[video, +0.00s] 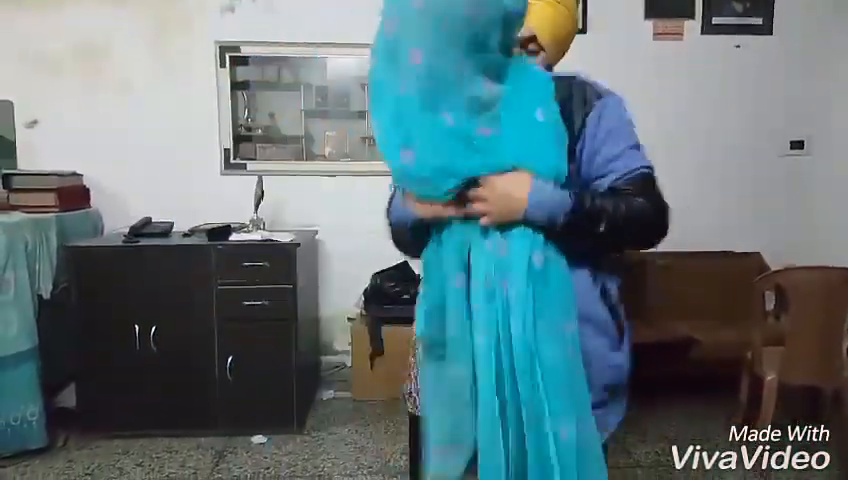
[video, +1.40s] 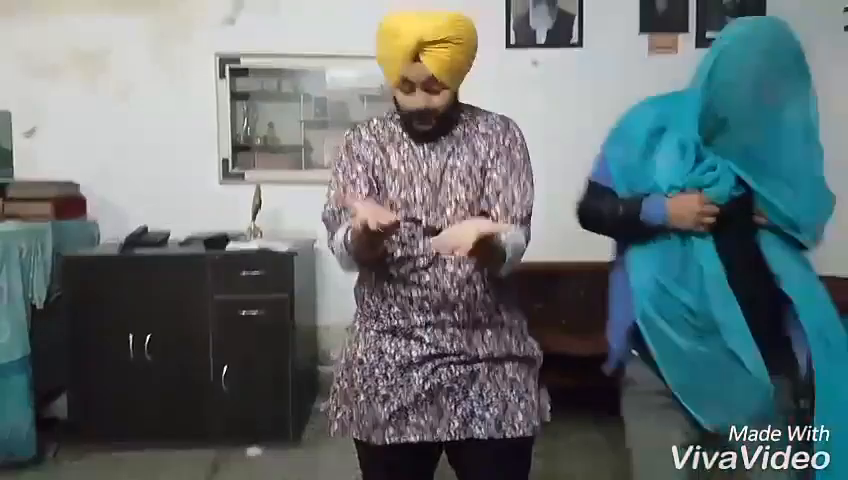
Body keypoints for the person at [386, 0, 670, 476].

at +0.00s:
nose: (517, 48)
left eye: (531, 39)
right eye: (504, 36)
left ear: (563, 35)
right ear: (480, 35)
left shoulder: (588, 105)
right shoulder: (451, 106)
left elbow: (646, 214)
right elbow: (406, 236)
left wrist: (536, 201)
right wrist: (414, 209)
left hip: (568, 366)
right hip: (461, 369)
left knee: (563, 466)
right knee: (460, 468)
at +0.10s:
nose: (530, 31)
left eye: (546, 18)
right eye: (517, 17)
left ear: (565, 23)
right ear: (489, 20)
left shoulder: (597, 104)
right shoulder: (459, 101)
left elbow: (661, 218)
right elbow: (416, 227)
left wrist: (552, 192)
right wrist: (423, 189)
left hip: (568, 358)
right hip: (453, 355)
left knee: (564, 468)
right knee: (433, 470)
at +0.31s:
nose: (474, 43)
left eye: (487, 30)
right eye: (464, 30)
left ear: (511, 39)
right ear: (448, 44)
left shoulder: (537, 105)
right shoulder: (422, 103)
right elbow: (402, 183)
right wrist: (455, 124)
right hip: (436, 320)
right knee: (422, 464)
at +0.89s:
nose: (410, 28)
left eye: (425, 16)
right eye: (395, 18)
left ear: (451, 33)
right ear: (374, 44)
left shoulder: (477, 97)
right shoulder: (358, 103)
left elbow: (520, 146)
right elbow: (331, 153)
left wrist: (446, 68)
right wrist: (388, 76)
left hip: (482, 344)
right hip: (389, 349)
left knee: (501, 471)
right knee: (395, 473)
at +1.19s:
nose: (411, 50)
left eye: (426, 35)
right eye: (396, 36)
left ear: (452, 41)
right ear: (377, 45)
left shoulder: (484, 105)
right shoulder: (360, 113)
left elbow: (524, 189)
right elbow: (324, 201)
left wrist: (477, 96)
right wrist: (357, 100)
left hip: (483, 341)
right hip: (389, 347)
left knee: (501, 471)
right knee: (395, 472)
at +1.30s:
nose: (397, 77)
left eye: (414, 65)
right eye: (390, 61)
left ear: (449, 65)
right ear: (382, 56)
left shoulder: (493, 116)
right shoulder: (361, 128)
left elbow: (524, 216)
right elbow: (337, 225)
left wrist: (492, 190)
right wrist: (364, 188)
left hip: (484, 337)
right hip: (390, 340)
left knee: (500, 470)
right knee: (391, 471)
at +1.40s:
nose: (421, 101)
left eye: (435, 87)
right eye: (407, 87)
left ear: (459, 79)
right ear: (391, 80)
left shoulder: (500, 138)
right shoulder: (362, 144)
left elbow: (514, 246)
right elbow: (345, 250)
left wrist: (484, 238)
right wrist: (364, 228)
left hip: (488, 364)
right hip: (390, 367)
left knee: (499, 472)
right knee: (390, 473)